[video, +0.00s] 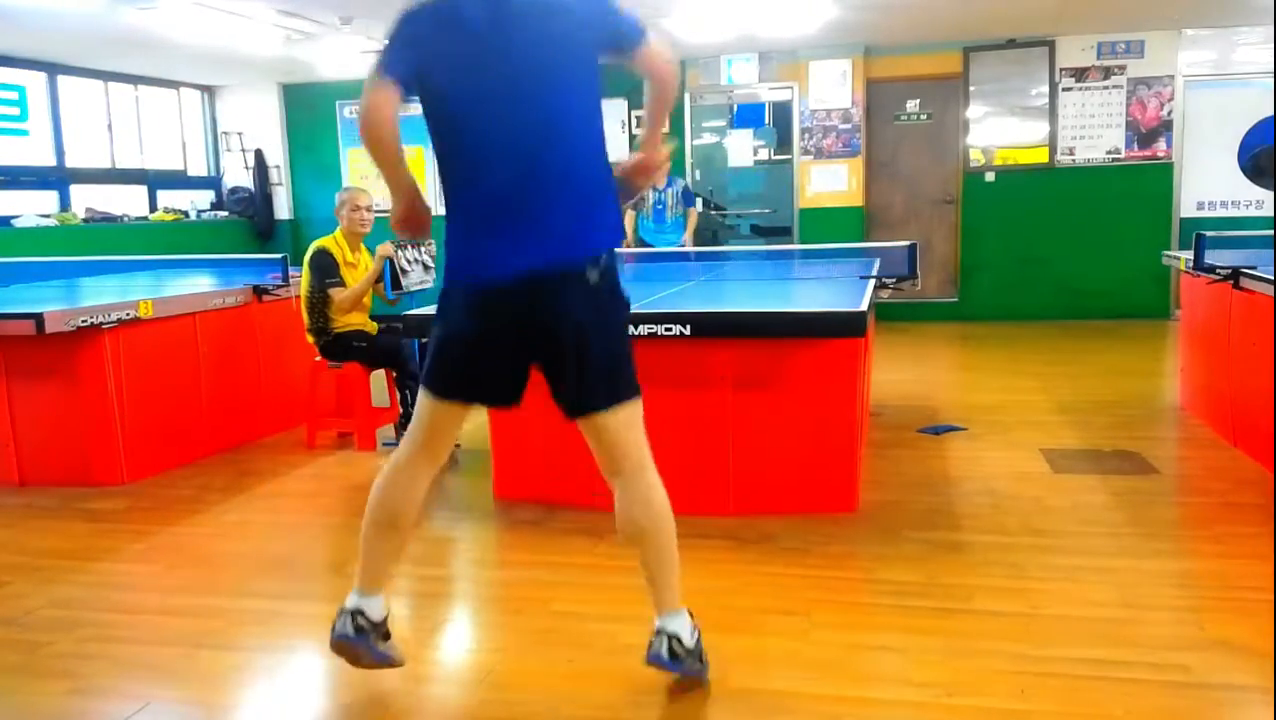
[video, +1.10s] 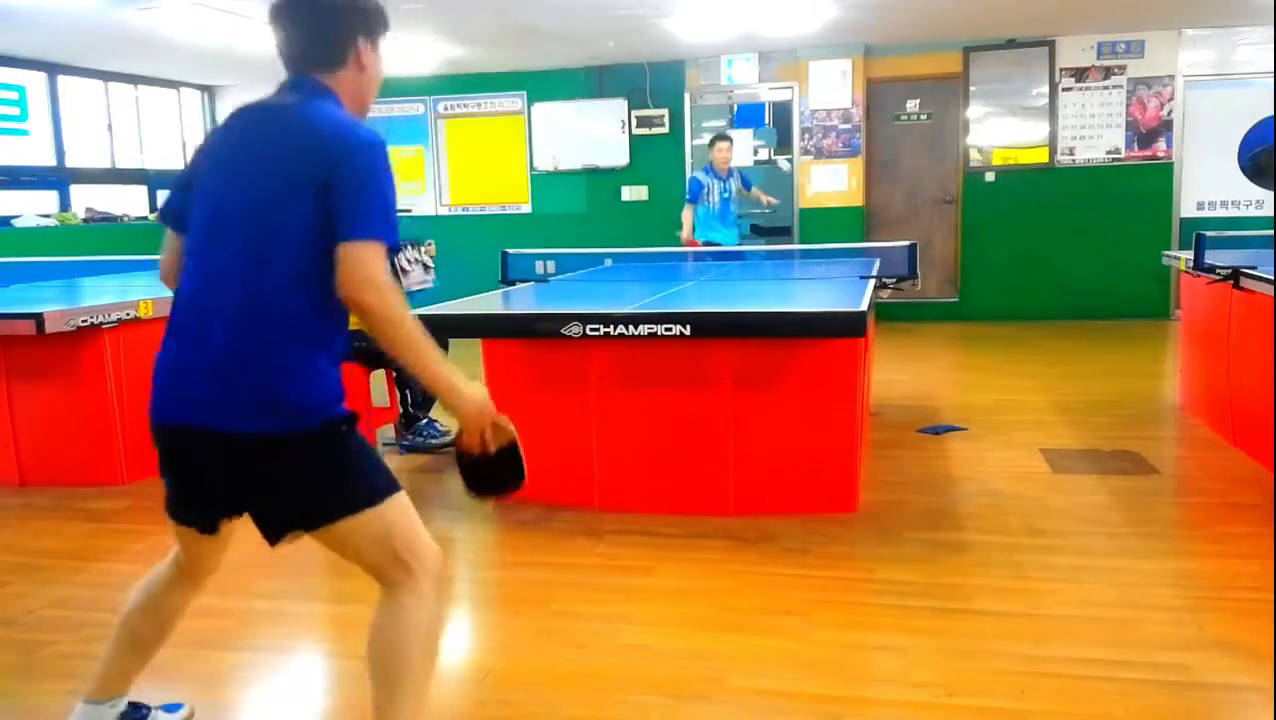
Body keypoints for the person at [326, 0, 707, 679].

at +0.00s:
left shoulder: (426, 17)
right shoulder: (576, 8)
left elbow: (376, 113)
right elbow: (663, 66)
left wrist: (404, 195)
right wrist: (651, 150)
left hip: (482, 278)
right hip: (580, 268)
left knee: (422, 449)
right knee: (630, 462)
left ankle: (362, 611)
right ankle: (675, 627)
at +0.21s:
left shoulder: (410, 10)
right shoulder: (580, 6)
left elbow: (378, 108)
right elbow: (647, 95)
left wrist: (385, 217)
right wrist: (694, 203)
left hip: (482, 278)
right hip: (584, 266)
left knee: (430, 466)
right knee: (651, 458)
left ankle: (370, 634)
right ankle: (705, 618)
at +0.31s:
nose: (516, 26)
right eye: (516, 18)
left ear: (434, 33)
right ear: (511, 25)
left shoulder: (409, 123)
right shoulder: (574, 100)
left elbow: (383, 244)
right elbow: (652, 213)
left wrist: (387, 320)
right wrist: (704, 317)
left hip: (484, 381)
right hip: (587, 369)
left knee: (427, 552)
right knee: (656, 519)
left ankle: (380, 708)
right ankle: (721, 675)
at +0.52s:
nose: (495, 23)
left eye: (488, 16)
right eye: (494, 15)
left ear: (411, 13)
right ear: (482, 13)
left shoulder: (353, 84)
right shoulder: (521, 86)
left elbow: (298, 194)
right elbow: (588, 214)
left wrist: (357, 270)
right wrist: (625, 313)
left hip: (377, 352)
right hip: (483, 347)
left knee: (376, 524)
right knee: (566, 506)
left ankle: (351, 699)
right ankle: (612, 678)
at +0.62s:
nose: (473, 13)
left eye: (469, 9)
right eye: (472, 7)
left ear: (389, 3)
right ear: (458, 5)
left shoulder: (322, 67)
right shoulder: (494, 72)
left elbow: (264, 191)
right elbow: (549, 214)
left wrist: (307, 257)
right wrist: (578, 314)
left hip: (332, 341)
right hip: (440, 343)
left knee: (319, 513)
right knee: (491, 536)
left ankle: (268, 689)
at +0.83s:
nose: (418, 58)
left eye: (417, 41)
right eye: (418, 41)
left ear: (336, 40)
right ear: (405, 41)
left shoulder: (263, 128)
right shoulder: (411, 136)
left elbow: (203, 251)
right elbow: (454, 285)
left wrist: (248, 331)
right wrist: (497, 388)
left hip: (246, 400)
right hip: (351, 406)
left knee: (221, 553)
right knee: (433, 578)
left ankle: (144, 706)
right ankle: (425, 711)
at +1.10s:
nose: (380, 72)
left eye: (380, 54)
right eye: (380, 54)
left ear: (293, 49)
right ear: (361, 51)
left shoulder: (228, 132)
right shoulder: (351, 144)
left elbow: (175, 264)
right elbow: (363, 282)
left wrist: (282, 304)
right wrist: (458, 392)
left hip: (186, 407)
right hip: (285, 414)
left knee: (192, 556)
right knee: (414, 569)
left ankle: (98, 704)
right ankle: (399, 712)